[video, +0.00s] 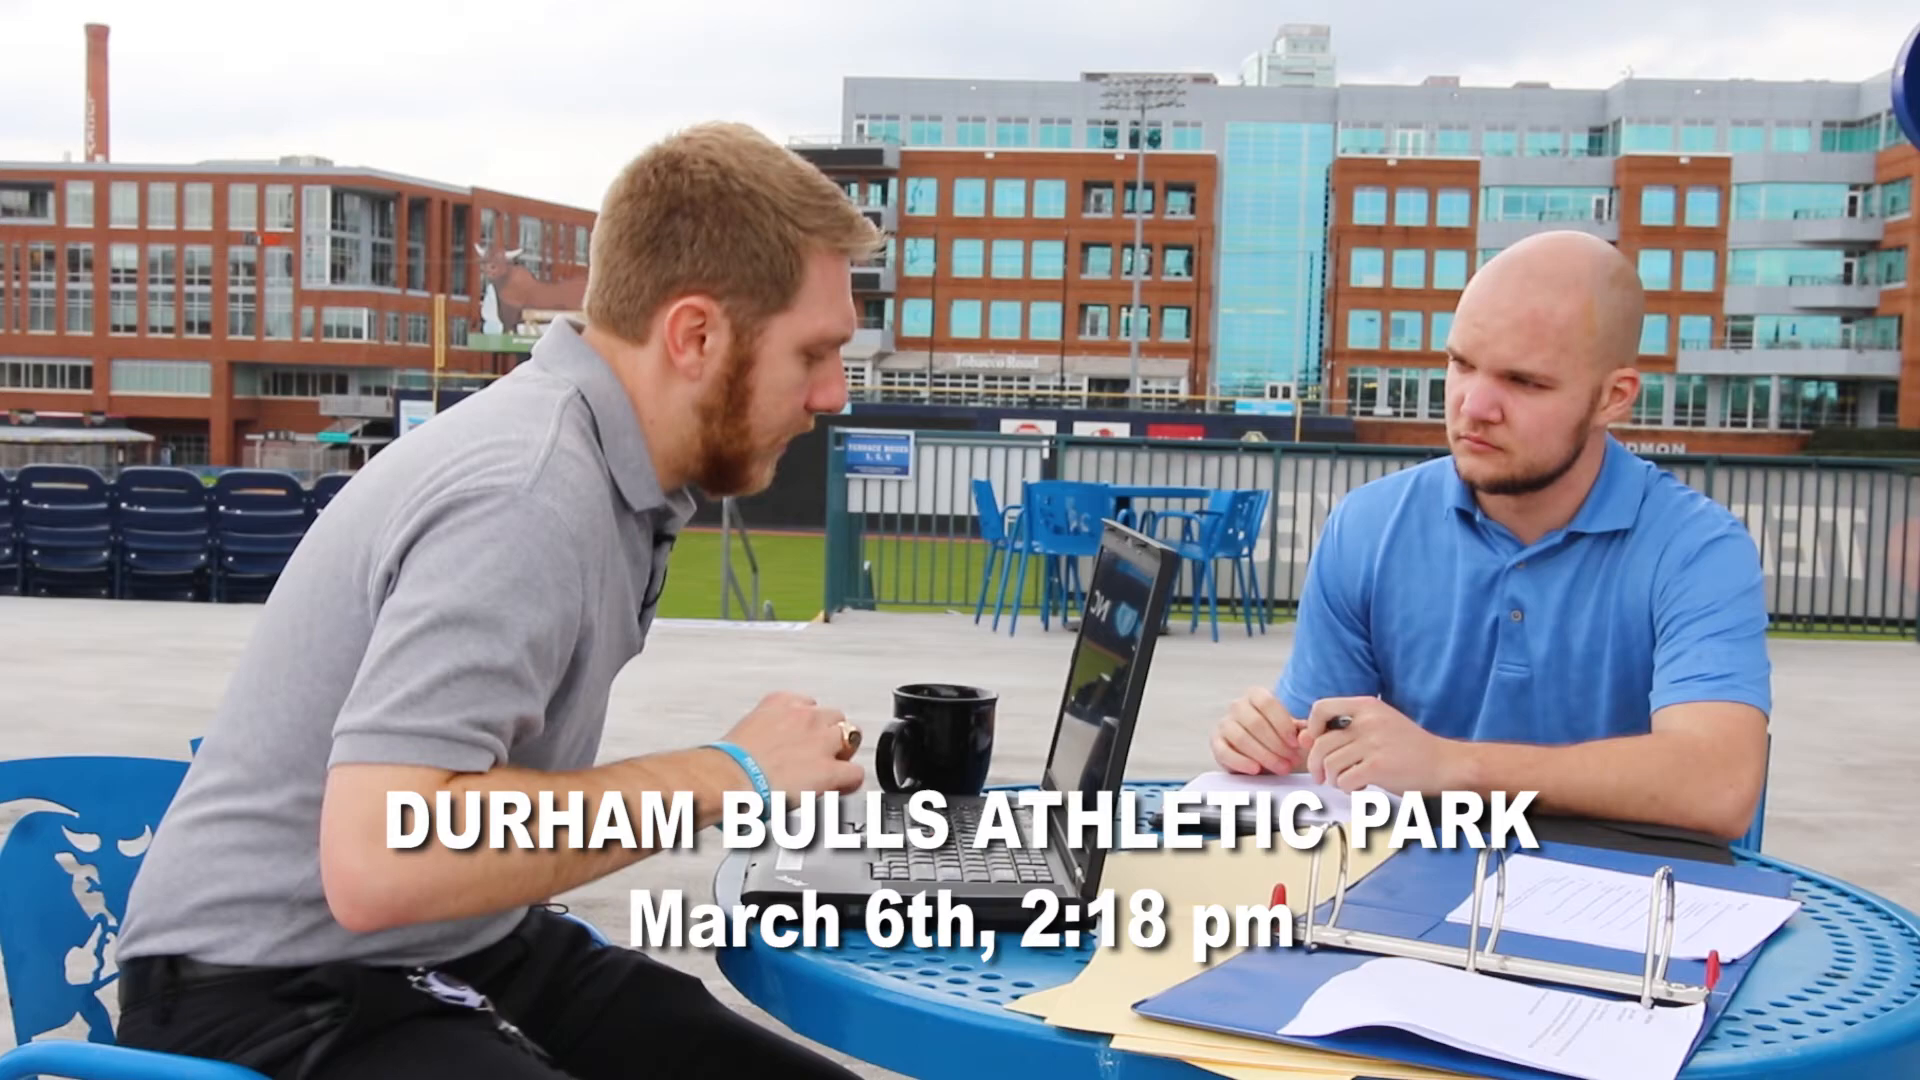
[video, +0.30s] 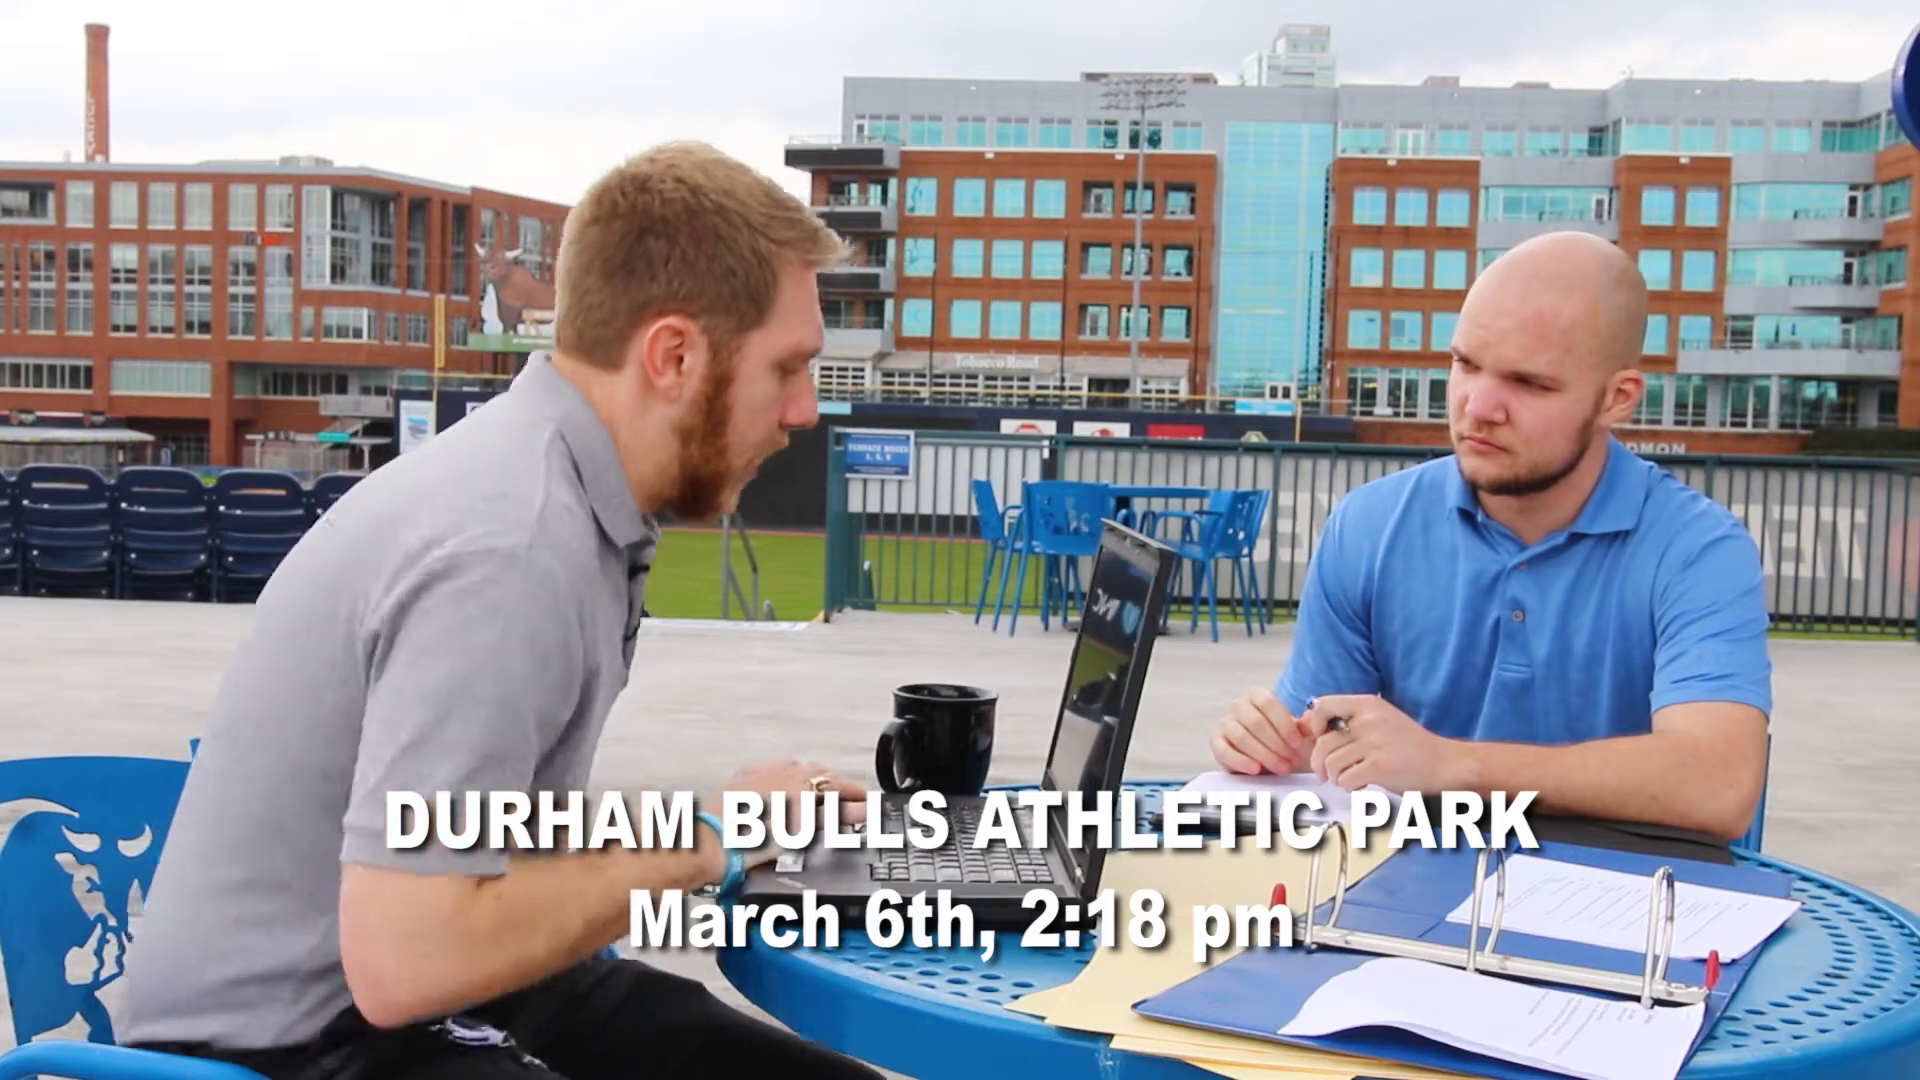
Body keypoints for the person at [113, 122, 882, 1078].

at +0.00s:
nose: (837, 397)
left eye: (838, 356)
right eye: (817, 355)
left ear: (683, 339)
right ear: (692, 337)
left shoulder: (591, 463)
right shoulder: (525, 493)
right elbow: (383, 869)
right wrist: (732, 774)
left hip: (464, 944)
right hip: (280, 993)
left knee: (802, 1064)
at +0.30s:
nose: (808, 413)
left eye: (810, 370)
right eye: (790, 370)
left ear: (666, 359)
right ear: (672, 357)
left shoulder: (565, 501)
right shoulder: (507, 547)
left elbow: (499, 852)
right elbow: (404, 964)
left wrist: (712, 821)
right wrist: (694, 844)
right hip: (291, 1039)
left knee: (819, 1059)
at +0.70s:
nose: (706, 401)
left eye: (702, 362)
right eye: (681, 367)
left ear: (556, 379)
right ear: (554, 376)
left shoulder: (475, 516)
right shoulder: (380, 595)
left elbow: (443, 887)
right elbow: (377, 1023)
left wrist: (700, 825)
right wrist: (673, 861)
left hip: (369, 981)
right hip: (233, 1045)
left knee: (827, 1069)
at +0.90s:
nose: (670, 401)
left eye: (663, 359)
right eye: (641, 365)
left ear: (513, 390)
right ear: (513, 385)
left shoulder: (494, 511)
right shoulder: (319, 622)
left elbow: (568, 629)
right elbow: (377, 1037)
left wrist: (507, 835)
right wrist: (691, 859)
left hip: (405, 957)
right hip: (213, 1041)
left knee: (808, 1076)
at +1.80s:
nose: (704, 427)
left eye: (698, 389)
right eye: (679, 395)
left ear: (549, 418)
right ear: (556, 415)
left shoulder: (485, 522)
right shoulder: (346, 660)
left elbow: (533, 643)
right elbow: (399, 1050)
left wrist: (481, 833)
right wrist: (712, 845)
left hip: (395, 953)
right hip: (218, 1043)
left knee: (791, 1061)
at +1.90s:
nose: (702, 427)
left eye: (696, 389)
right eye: (677, 397)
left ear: (548, 416)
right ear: (555, 413)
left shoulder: (477, 533)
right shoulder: (348, 659)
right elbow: (402, 1054)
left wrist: (466, 857)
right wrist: (706, 851)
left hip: (381, 968)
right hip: (216, 1047)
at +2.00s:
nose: (698, 422)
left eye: (693, 382)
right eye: (675, 388)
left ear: (544, 409)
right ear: (554, 406)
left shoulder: (473, 514)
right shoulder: (354, 667)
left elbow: (515, 652)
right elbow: (406, 1054)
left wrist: (479, 832)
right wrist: (699, 852)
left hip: (382, 953)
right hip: (217, 1044)